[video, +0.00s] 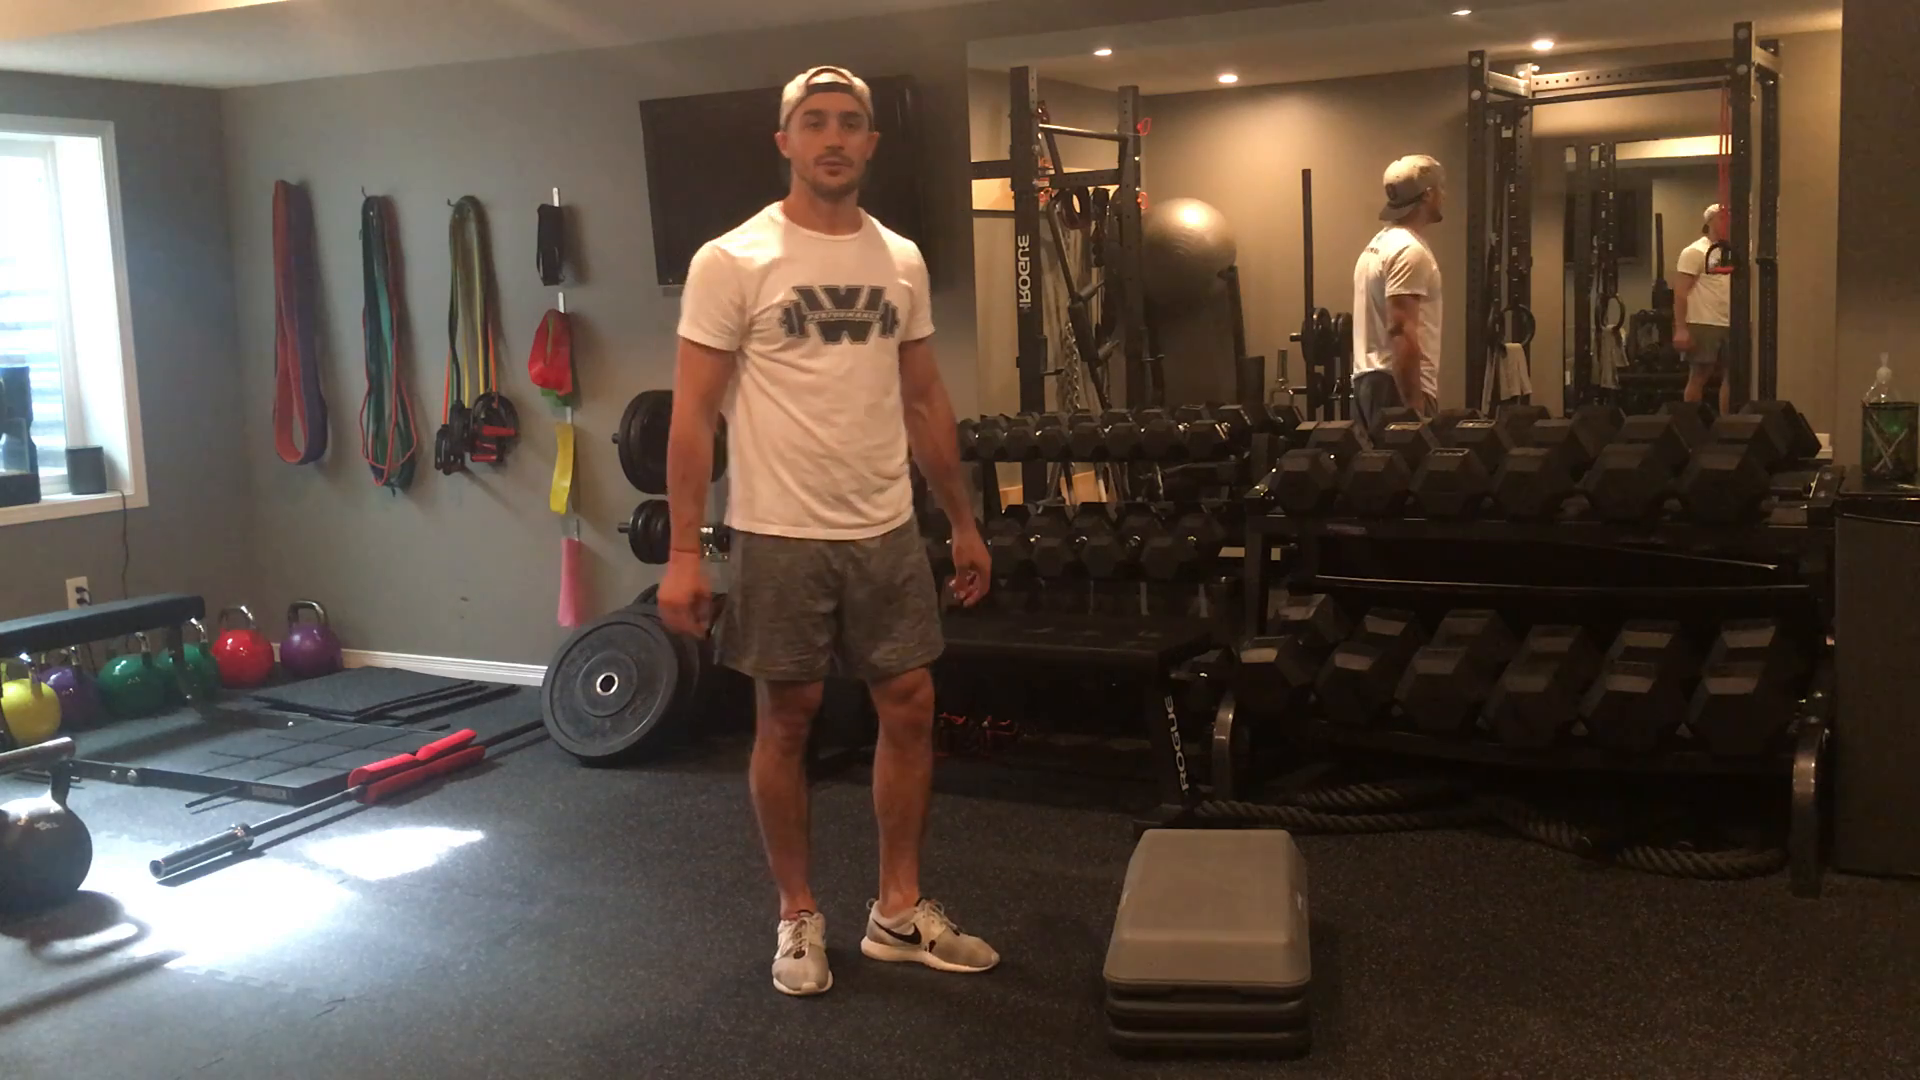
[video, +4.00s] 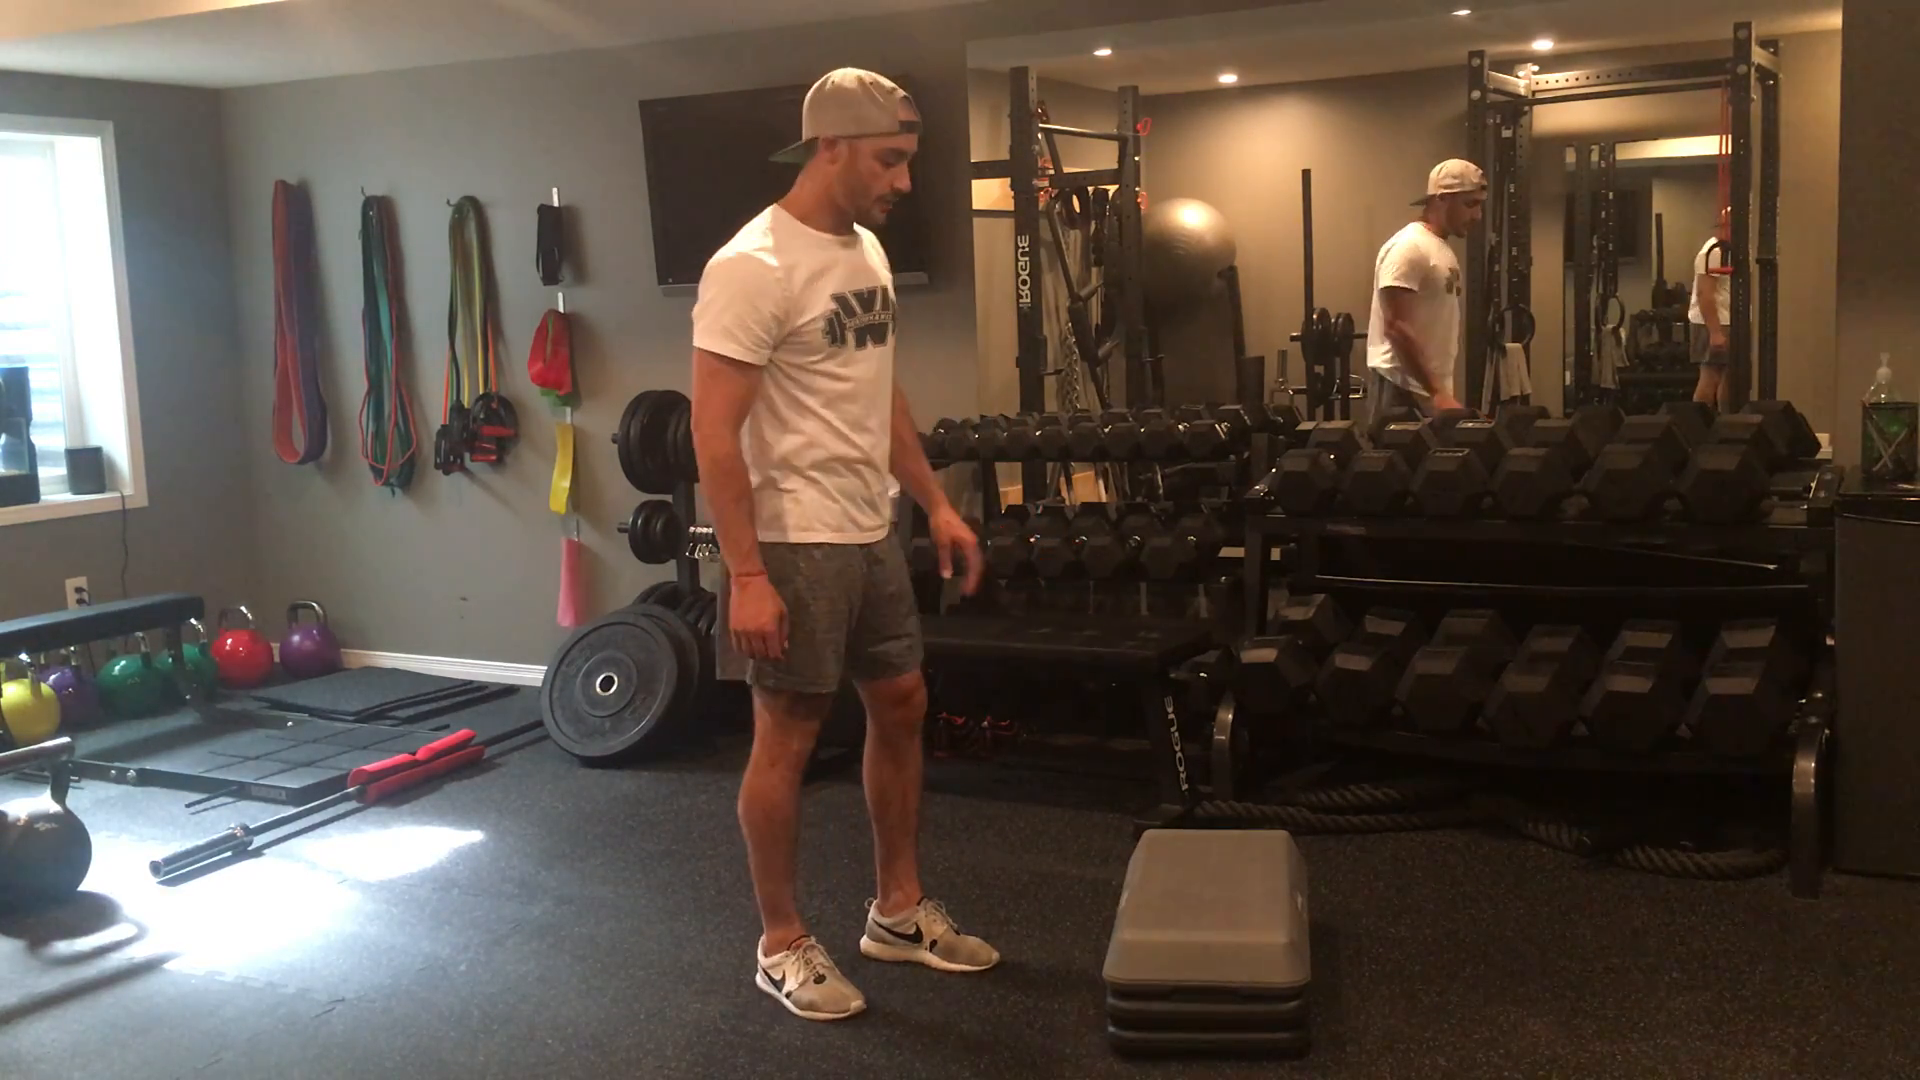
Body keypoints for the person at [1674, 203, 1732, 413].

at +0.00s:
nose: (1728, 224)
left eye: (1729, 219)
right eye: (1724, 219)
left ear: (1729, 223)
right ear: (1711, 223)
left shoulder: (1730, 252)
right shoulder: (1694, 252)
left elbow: (1739, 290)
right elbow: (1680, 293)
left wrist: (1742, 323)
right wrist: (1680, 327)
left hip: (1730, 326)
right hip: (1703, 326)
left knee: (1731, 378)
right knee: (1699, 376)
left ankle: (1725, 425)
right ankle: (1689, 423)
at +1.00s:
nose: (1735, 229)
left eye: (1737, 224)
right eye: (1732, 224)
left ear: (1741, 226)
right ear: (1723, 224)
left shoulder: (1745, 253)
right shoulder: (1705, 254)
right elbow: (1697, 294)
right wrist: (1703, 328)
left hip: (1743, 324)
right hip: (1721, 324)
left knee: (1736, 377)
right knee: (1723, 376)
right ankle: (1716, 423)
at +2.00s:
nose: (1732, 223)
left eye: (1735, 218)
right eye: (1729, 218)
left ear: (1741, 223)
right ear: (1723, 220)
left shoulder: (1746, 254)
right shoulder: (1707, 254)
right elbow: (1698, 291)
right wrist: (1698, 325)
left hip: (1742, 325)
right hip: (1718, 323)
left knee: (1732, 377)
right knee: (1722, 374)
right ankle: (1714, 423)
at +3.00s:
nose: (1734, 226)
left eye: (1737, 220)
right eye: (1731, 220)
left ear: (1743, 223)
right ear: (1724, 223)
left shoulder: (1748, 253)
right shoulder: (1709, 254)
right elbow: (1700, 292)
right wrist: (1702, 327)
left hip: (1744, 323)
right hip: (1721, 323)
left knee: (1736, 378)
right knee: (1723, 377)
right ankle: (1716, 424)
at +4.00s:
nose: (1737, 228)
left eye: (1737, 223)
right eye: (1735, 223)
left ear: (1724, 222)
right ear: (1727, 222)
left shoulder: (1727, 251)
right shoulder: (1714, 250)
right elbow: (1705, 294)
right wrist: (1715, 330)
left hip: (1725, 322)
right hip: (1711, 324)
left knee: (1728, 379)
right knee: (1709, 379)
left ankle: (1727, 424)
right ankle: (1698, 424)